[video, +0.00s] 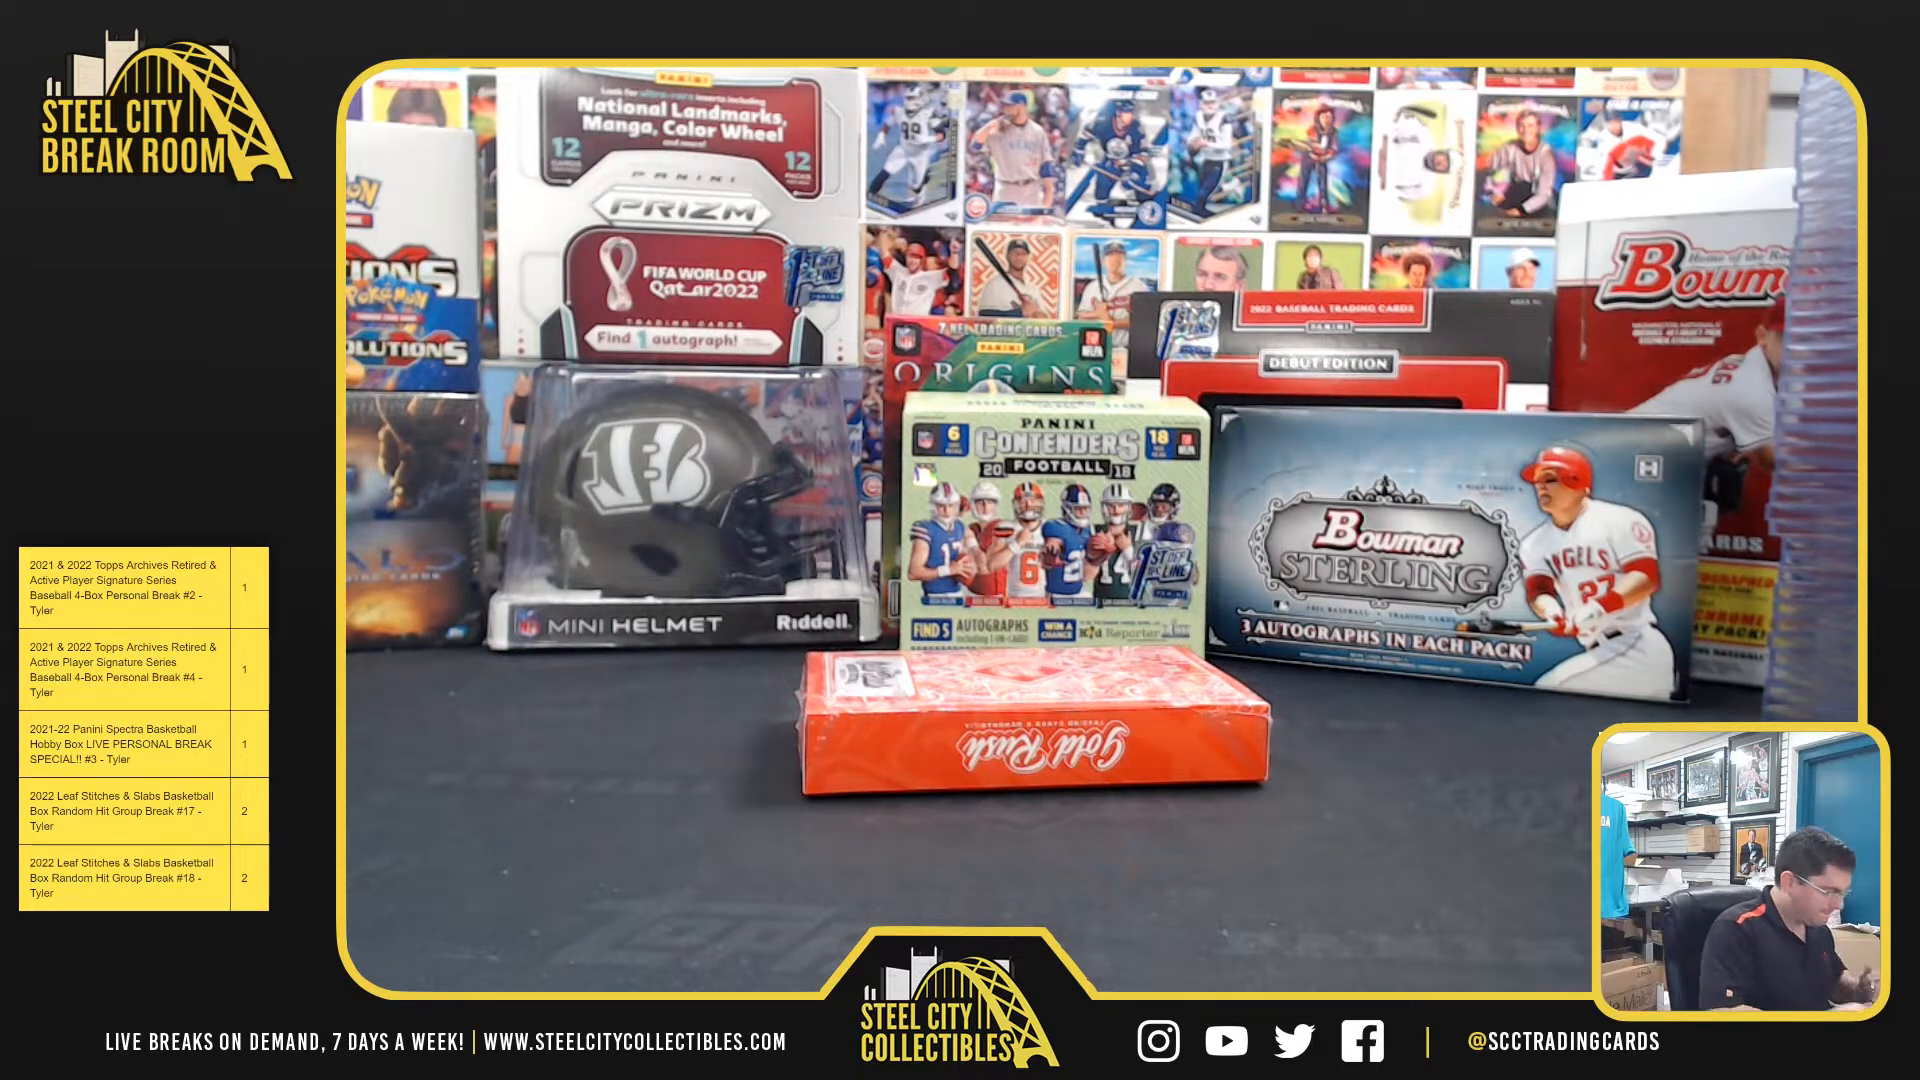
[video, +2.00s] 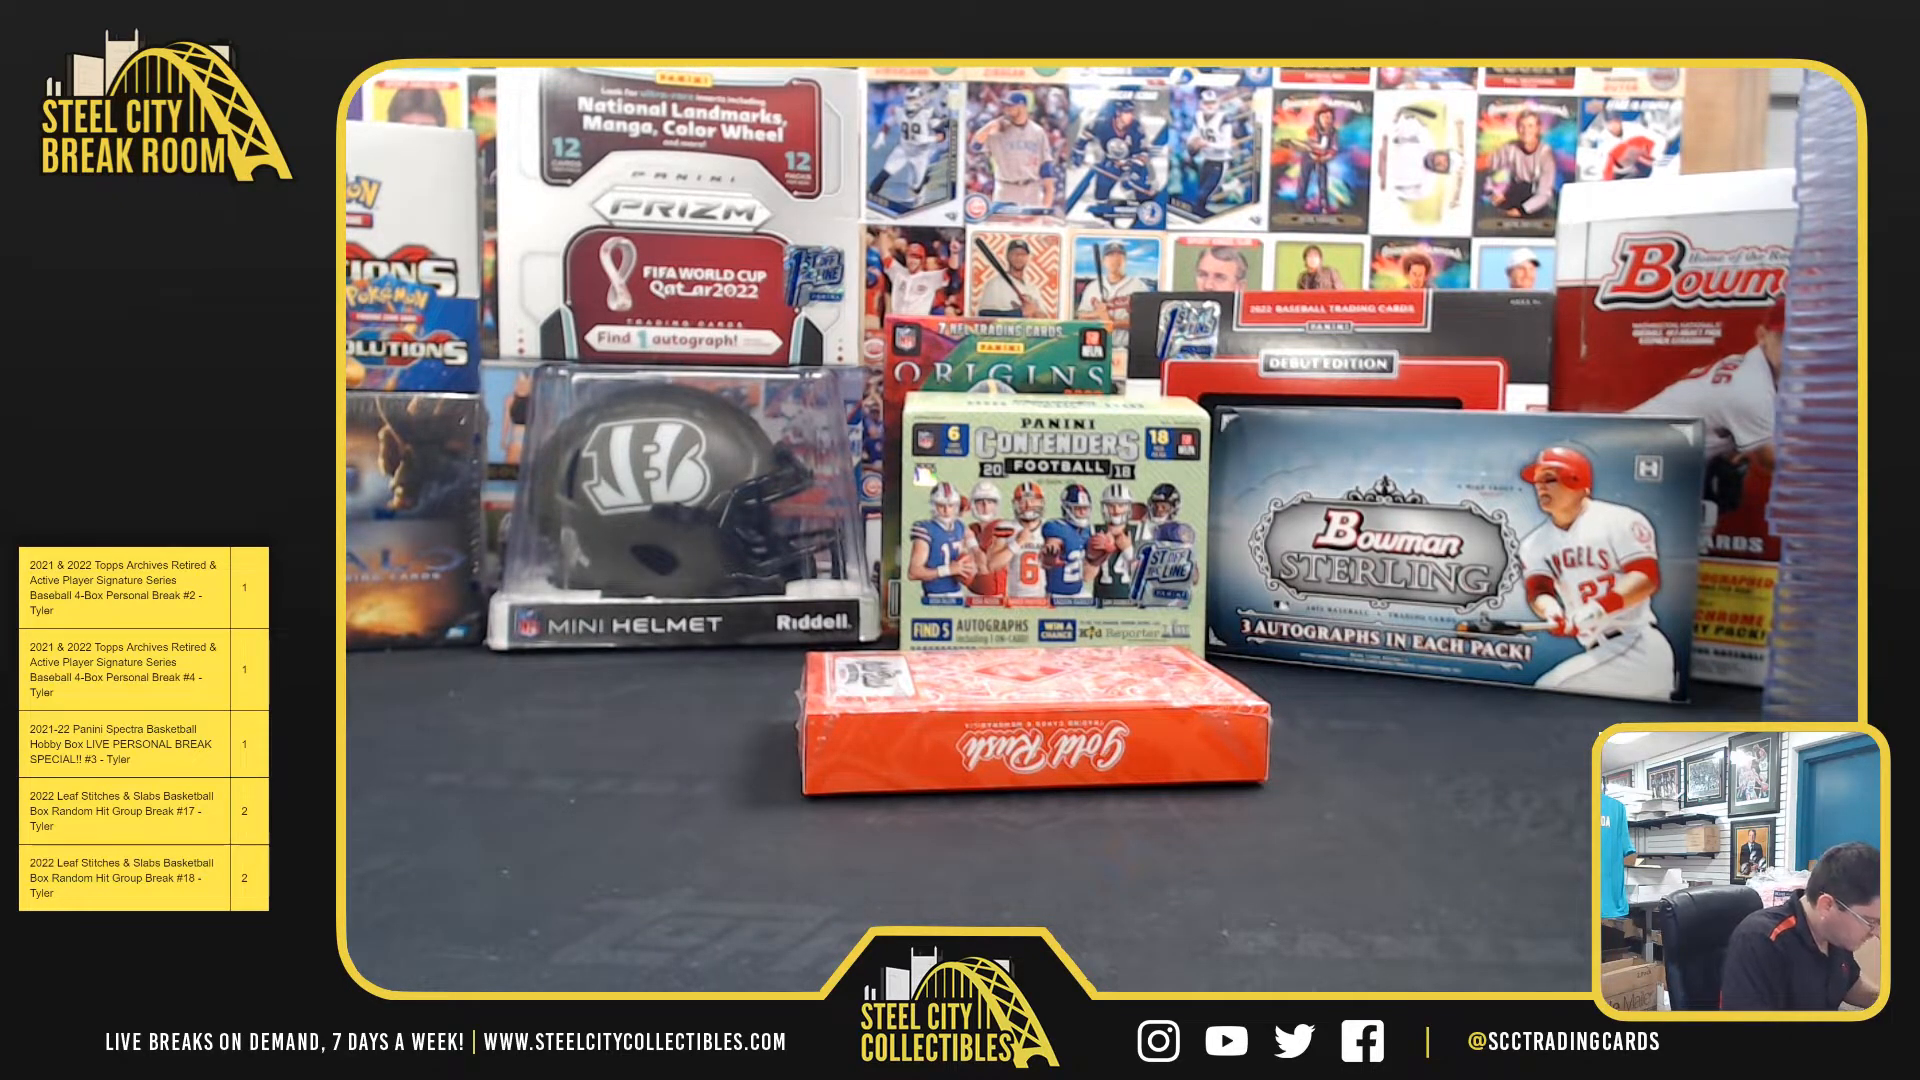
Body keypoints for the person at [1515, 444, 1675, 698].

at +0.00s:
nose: (1540, 489)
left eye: (1550, 480)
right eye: (1537, 483)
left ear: (1579, 485)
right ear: (1533, 487)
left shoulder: (1624, 521)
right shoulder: (1534, 545)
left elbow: (1646, 577)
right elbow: (1538, 591)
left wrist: (1600, 607)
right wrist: (1554, 614)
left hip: (1638, 648)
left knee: (1546, 692)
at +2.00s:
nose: (1540, 489)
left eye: (1549, 480)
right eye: (1537, 483)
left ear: (1578, 484)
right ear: (1533, 487)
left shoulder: (1624, 521)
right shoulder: (1534, 545)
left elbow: (1646, 577)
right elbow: (1538, 591)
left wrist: (1599, 608)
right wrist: (1553, 613)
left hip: (1638, 647)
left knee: (1547, 692)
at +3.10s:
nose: (1540, 490)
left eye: (1550, 481)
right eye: (1537, 484)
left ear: (1578, 484)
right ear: (1533, 488)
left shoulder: (1624, 521)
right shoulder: (1534, 545)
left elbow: (1646, 577)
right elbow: (1538, 592)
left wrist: (1598, 608)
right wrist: (1554, 614)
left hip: (1638, 647)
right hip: (1598, 651)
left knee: (1546, 693)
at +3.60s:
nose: (1540, 490)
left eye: (1549, 480)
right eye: (1537, 483)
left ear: (1578, 484)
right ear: (1533, 488)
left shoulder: (1624, 521)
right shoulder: (1534, 545)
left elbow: (1646, 577)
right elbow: (1538, 591)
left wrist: (1599, 608)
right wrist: (1553, 613)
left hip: (1638, 649)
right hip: (1599, 652)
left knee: (1546, 692)